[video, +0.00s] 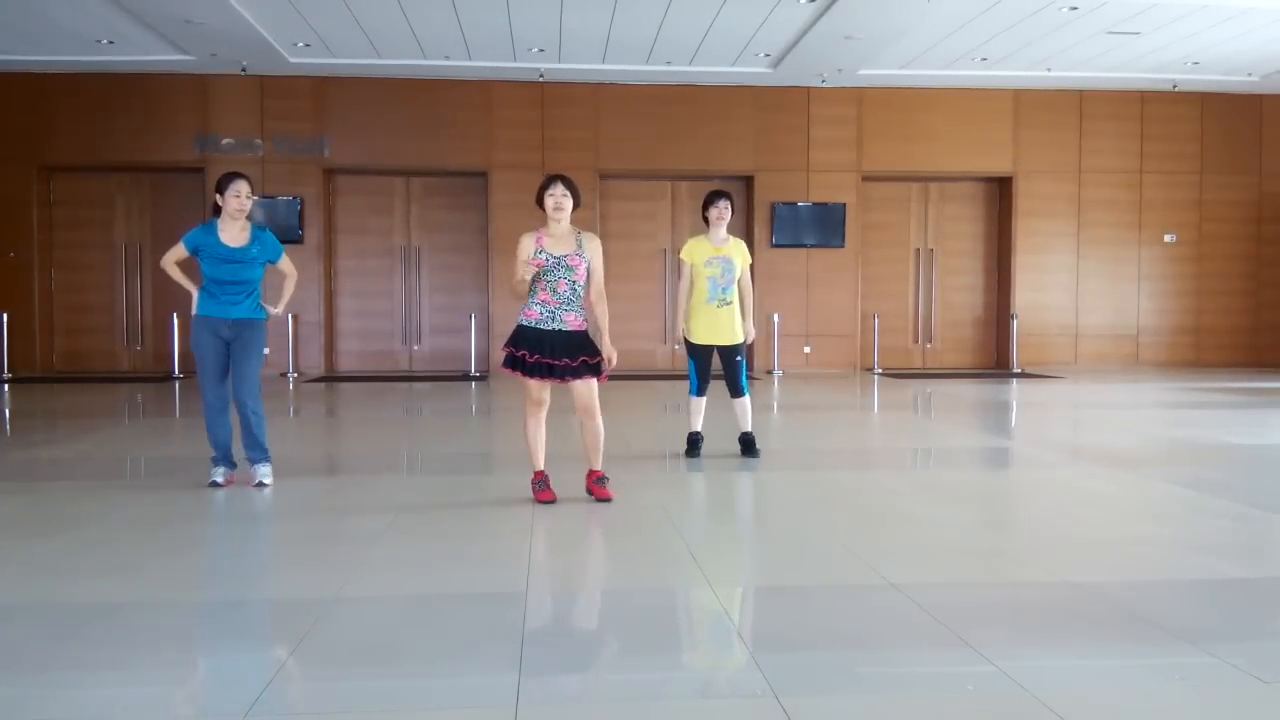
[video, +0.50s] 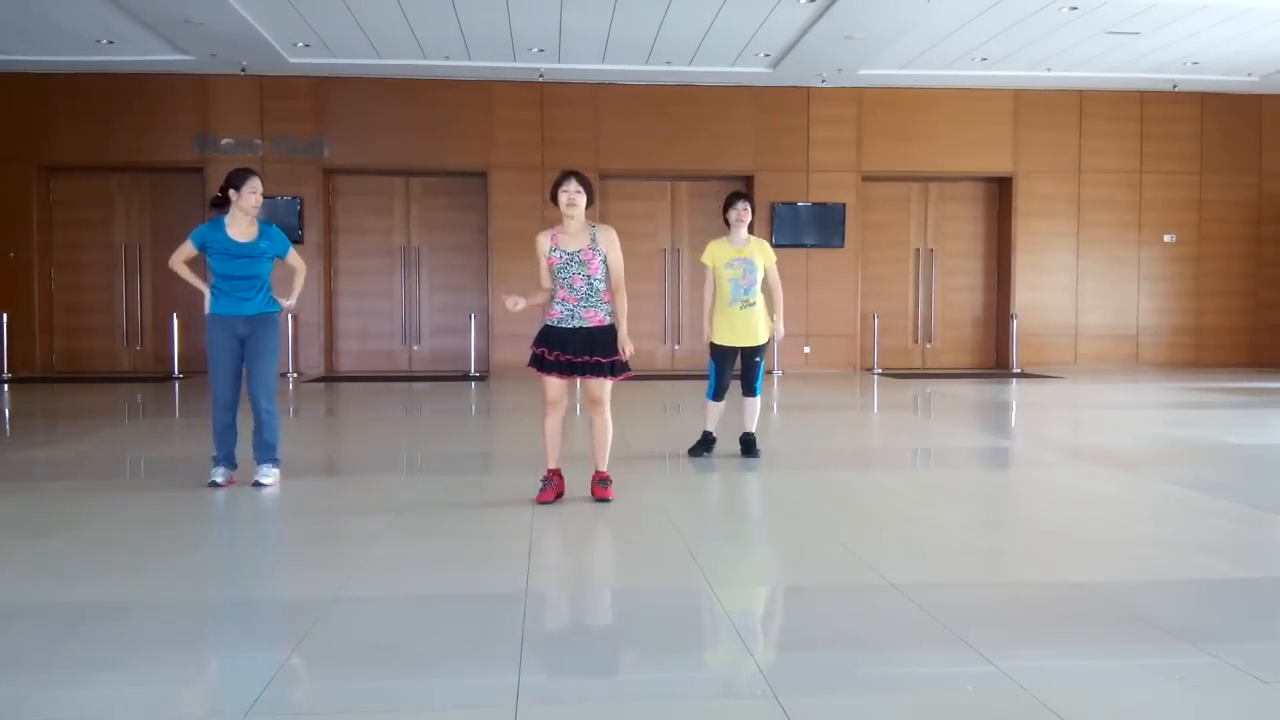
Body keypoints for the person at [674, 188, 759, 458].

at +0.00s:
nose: (721, 212)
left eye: (726, 208)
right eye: (716, 207)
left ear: (731, 214)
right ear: (706, 213)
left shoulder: (739, 247)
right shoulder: (693, 246)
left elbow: (746, 286)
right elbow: (684, 285)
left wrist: (748, 322)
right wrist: (679, 321)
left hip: (731, 327)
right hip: (698, 327)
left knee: (738, 385)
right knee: (698, 386)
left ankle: (747, 436)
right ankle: (695, 436)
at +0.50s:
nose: (741, 213)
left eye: (745, 209)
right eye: (735, 208)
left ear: (752, 215)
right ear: (726, 214)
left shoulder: (762, 248)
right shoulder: (715, 248)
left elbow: (775, 285)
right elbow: (708, 288)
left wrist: (778, 319)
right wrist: (706, 324)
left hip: (756, 328)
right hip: (724, 327)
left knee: (751, 386)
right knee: (718, 386)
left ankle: (749, 437)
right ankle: (708, 436)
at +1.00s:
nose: (739, 212)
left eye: (744, 208)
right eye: (734, 207)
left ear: (751, 213)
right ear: (725, 213)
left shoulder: (762, 247)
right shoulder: (714, 247)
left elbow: (769, 287)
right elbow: (707, 287)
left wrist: (769, 319)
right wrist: (702, 323)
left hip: (752, 328)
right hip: (720, 327)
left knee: (749, 386)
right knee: (711, 385)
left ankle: (748, 437)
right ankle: (697, 435)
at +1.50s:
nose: (718, 214)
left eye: (724, 210)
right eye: (714, 209)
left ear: (731, 217)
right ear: (705, 214)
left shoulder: (739, 249)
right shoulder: (691, 246)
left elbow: (757, 281)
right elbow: (680, 284)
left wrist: (747, 314)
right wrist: (671, 320)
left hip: (726, 329)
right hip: (692, 328)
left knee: (734, 387)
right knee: (695, 387)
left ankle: (744, 436)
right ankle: (696, 437)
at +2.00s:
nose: (719, 215)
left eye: (725, 211)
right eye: (714, 210)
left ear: (731, 218)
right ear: (706, 215)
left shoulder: (739, 249)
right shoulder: (691, 249)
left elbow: (757, 279)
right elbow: (682, 286)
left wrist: (747, 309)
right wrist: (676, 323)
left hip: (729, 328)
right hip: (696, 328)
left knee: (739, 386)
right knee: (697, 386)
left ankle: (752, 435)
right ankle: (695, 438)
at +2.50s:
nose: (729, 217)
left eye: (735, 212)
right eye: (726, 212)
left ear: (747, 216)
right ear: (722, 217)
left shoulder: (763, 248)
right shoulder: (716, 248)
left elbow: (785, 277)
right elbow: (710, 287)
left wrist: (775, 307)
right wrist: (706, 322)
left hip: (753, 327)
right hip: (721, 327)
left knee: (753, 387)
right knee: (711, 386)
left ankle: (754, 436)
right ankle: (700, 436)